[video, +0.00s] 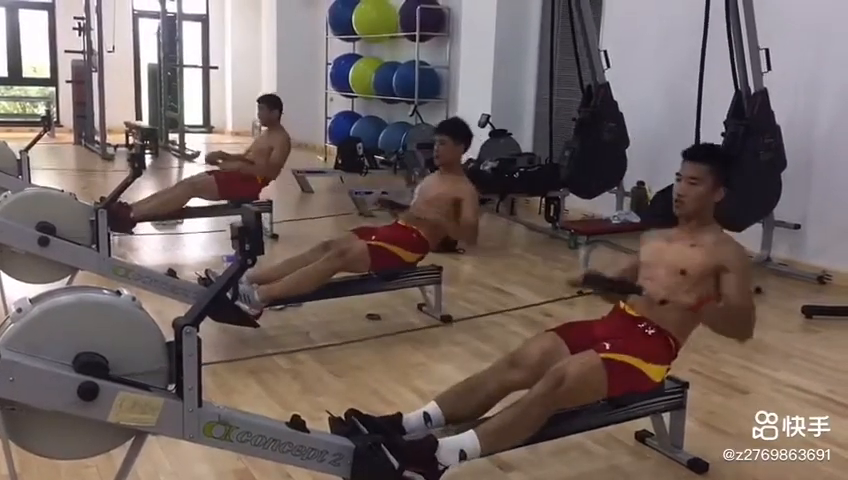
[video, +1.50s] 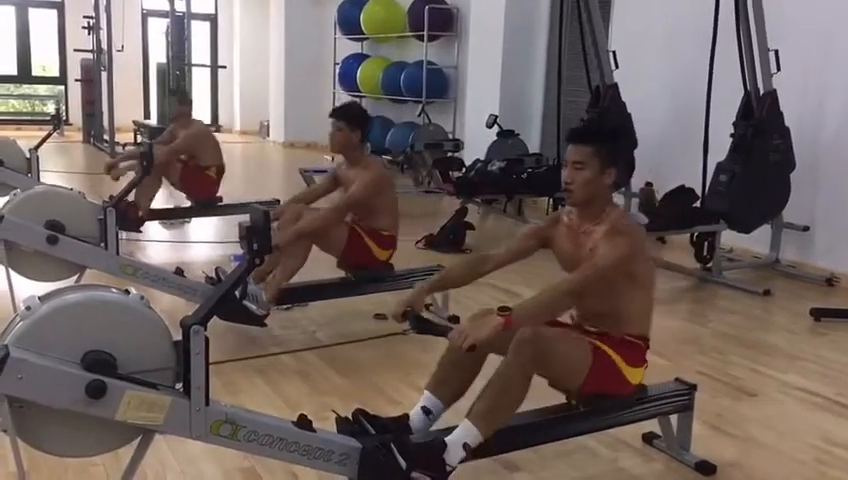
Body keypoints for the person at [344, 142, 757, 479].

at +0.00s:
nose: (681, 189)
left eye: (693, 183)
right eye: (680, 180)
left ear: (718, 193)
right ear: (677, 184)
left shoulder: (729, 252)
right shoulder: (658, 234)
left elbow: (743, 327)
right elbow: (633, 279)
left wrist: (697, 301)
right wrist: (601, 276)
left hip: (651, 347)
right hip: (612, 325)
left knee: (557, 381)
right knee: (518, 362)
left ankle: (444, 456)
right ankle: (405, 428)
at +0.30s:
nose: (646, 177)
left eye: (659, 170)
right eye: (645, 168)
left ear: (687, 179)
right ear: (642, 172)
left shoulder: (695, 238)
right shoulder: (624, 228)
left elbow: (674, 318)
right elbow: (576, 274)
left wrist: (612, 320)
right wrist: (530, 293)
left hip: (650, 345)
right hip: (607, 328)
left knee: (555, 392)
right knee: (515, 371)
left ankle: (443, 461)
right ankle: (407, 429)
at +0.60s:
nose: (627, 178)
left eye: (639, 171)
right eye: (625, 169)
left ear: (668, 177)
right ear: (622, 171)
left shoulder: (680, 236)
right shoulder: (611, 228)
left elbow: (639, 308)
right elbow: (549, 268)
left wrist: (574, 332)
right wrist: (497, 298)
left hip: (649, 348)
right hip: (607, 333)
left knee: (555, 396)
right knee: (515, 375)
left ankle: (444, 462)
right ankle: (406, 430)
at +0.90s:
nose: (616, 179)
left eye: (628, 170)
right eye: (614, 168)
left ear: (657, 177)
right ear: (611, 171)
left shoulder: (673, 236)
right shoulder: (603, 227)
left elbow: (628, 299)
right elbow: (538, 267)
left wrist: (561, 331)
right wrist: (482, 297)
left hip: (650, 347)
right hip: (605, 329)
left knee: (554, 394)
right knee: (514, 375)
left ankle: (445, 461)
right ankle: (408, 431)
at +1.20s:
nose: (600, 177)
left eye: (613, 169)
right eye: (599, 167)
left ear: (642, 177)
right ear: (596, 170)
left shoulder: (658, 234)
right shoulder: (588, 224)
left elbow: (607, 295)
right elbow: (520, 264)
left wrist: (542, 329)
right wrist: (464, 289)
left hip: (642, 353)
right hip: (594, 332)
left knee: (547, 364)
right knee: (505, 350)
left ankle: (446, 458)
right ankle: (412, 429)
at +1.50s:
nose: (567, 176)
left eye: (579, 168)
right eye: (566, 166)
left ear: (611, 177)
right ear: (565, 168)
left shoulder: (625, 235)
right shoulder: (558, 224)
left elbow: (570, 289)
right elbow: (486, 262)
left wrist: (500, 323)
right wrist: (426, 288)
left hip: (621, 358)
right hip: (578, 339)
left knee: (530, 342)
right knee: (481, 327)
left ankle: (448, 455)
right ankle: (413, 426)